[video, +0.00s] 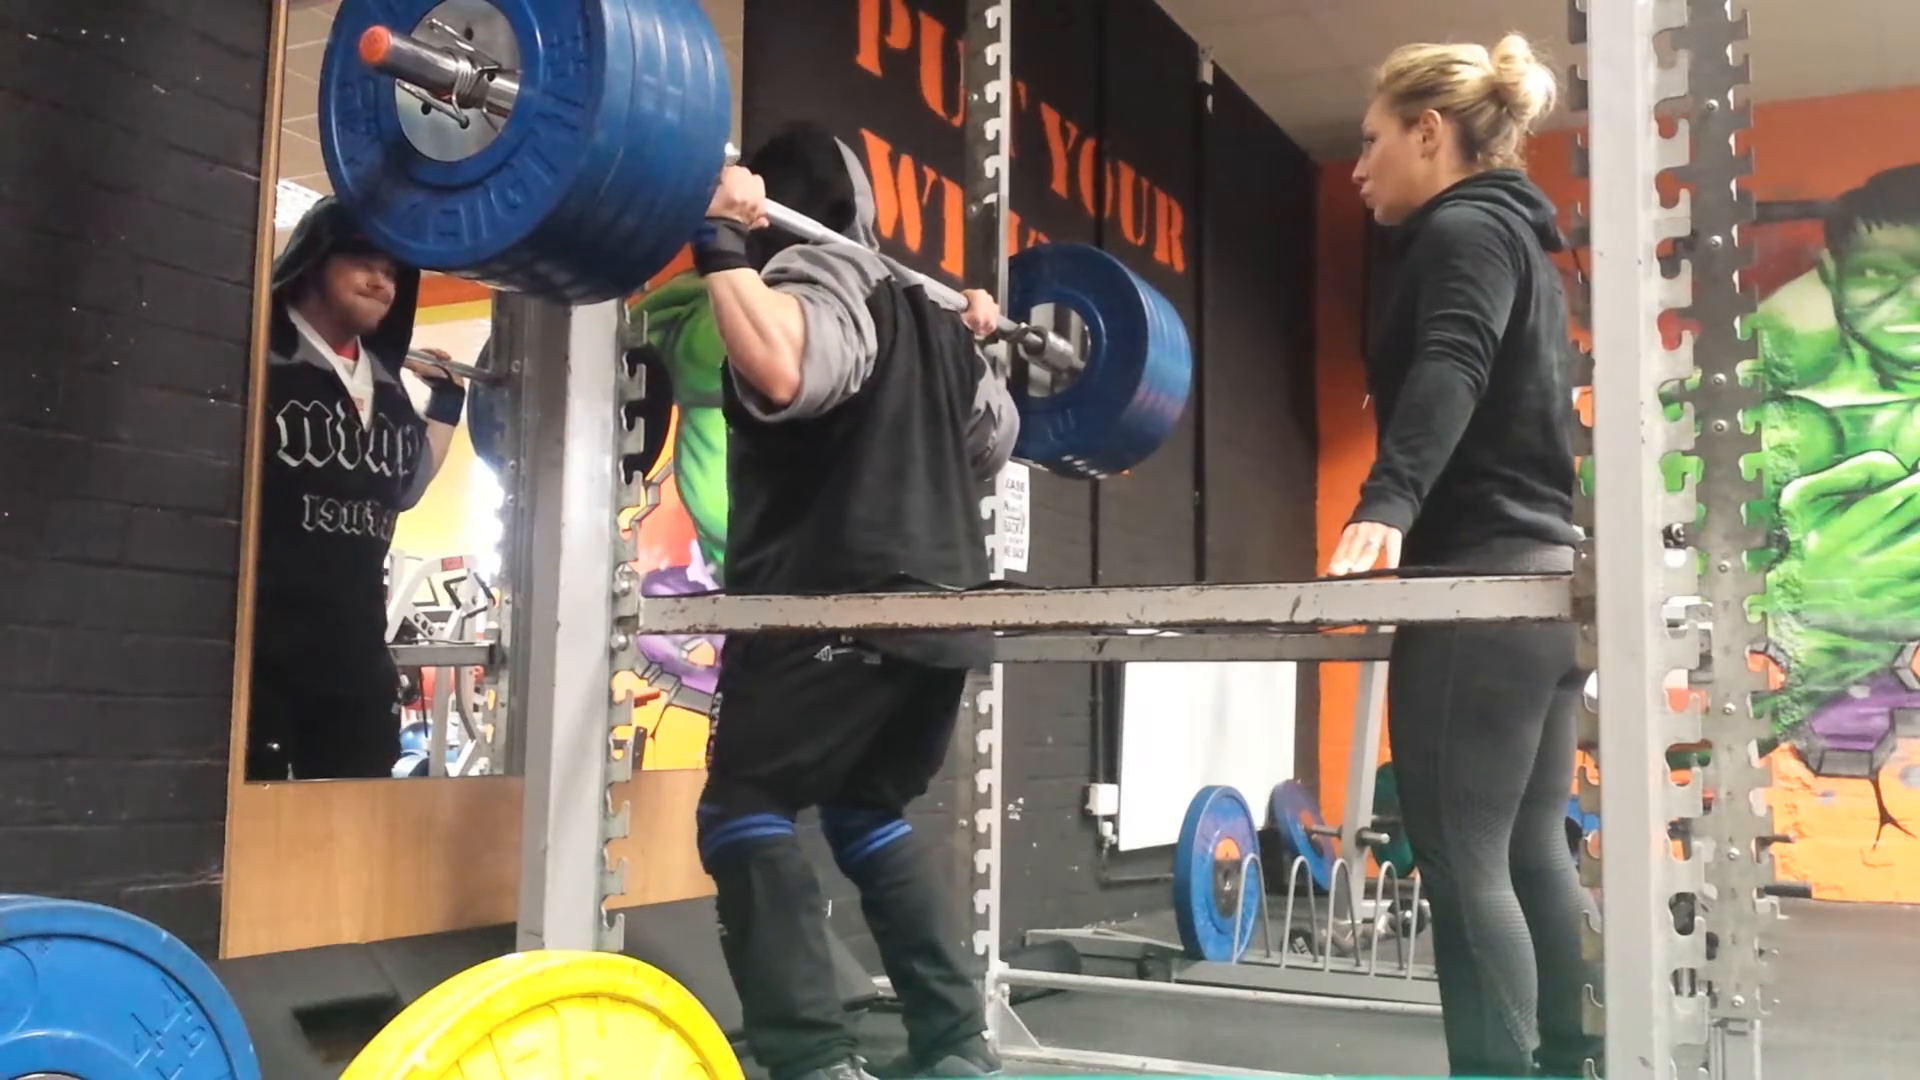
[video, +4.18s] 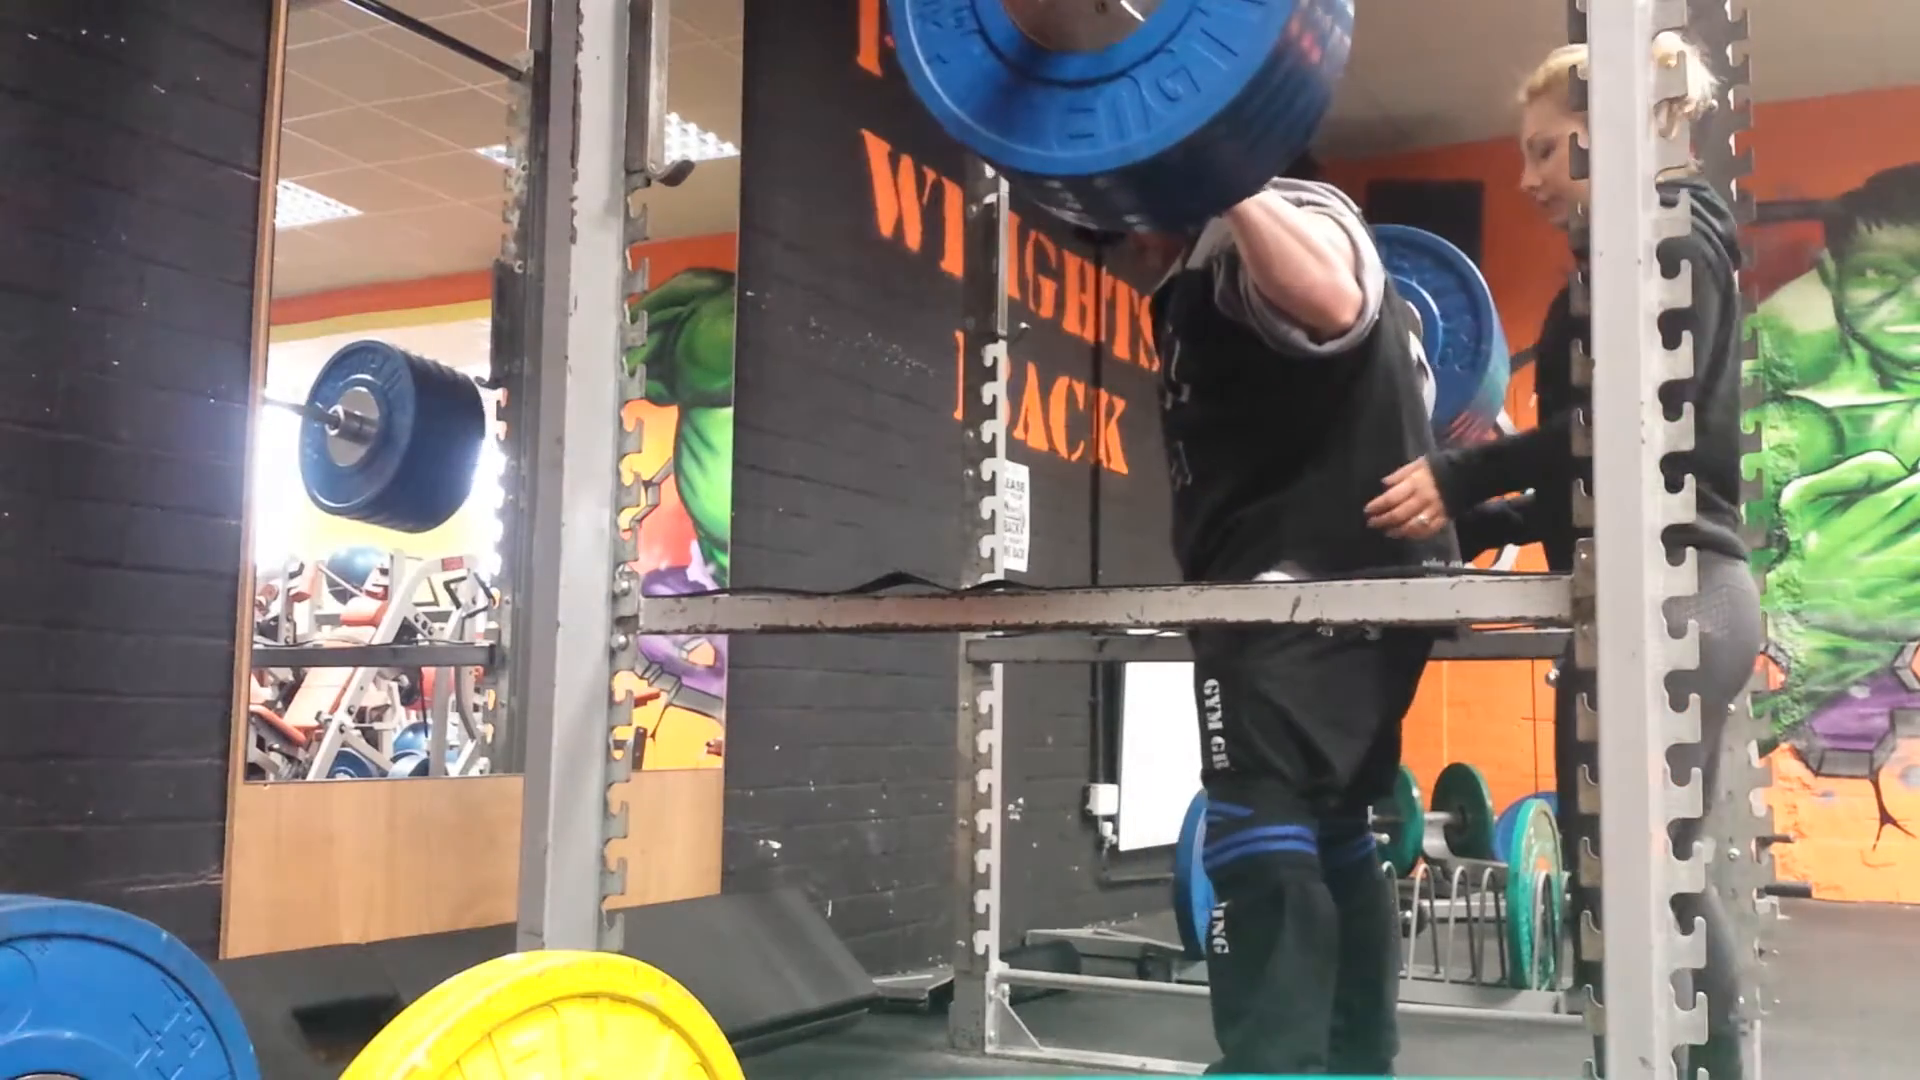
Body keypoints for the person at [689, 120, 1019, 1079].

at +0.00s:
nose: (751, 222)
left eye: (758, 205)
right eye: (750, 202)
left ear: (781, 207)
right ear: (859, 205)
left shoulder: (809, 275)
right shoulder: (928, 303)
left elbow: (783, 370)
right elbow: (991, 445)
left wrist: (719, 244)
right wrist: (983, 344)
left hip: (823, 607)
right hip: (947, 611)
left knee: (746, 807)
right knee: (867, 809)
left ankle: (803, 1050)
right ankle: (952, 1046)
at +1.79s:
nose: (851, 217)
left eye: (857, 196)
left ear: (879, 191)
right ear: (942, 182)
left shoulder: (929, 246)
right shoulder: (1026, 278)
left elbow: (948, 337)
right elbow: (1102, 405)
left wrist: (857, 226)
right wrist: (1082, 326)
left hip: (952, 578)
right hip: (1052, 576)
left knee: (911, 809)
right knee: (976, 805)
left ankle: (956, 1046)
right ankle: (970, 1030)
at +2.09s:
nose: (862, 230)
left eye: (870, 208)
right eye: (861, 215)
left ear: (909, 173)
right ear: (977, 163)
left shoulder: (964, 226)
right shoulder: (1058, 257)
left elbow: (993, 311)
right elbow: (1135, 390)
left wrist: (892, 195)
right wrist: (1132, 324)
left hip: (989, 569)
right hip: (1092, 565)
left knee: (946, 807)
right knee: (1012, 791)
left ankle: (960, 1060)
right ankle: (1074, 1027)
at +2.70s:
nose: (976, 228)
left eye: (980, 205)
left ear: (1010, 186)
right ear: (1090, 165)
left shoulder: (1088, 229)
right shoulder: (1165, 244)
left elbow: (1141, 316)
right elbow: (1255, 368)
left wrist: (1050, 224)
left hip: (1113, 560)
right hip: (1219, 559)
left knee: (1020, 777)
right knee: (1156, 801)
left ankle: (1075, 1055)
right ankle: (1179, 1061)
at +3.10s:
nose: (1015, 241)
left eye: (1019, 219)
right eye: (1005, 227)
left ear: (1061, 193)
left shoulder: (1181, 221)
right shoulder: (1101, 271)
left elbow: (1217, 306)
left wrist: (1110, 186)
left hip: (1219, 572)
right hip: (1164, 575)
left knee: (1163, 826)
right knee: (1167, 826)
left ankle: (1220, 1068)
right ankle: (1187, 1061)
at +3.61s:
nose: (1081, 247)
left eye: (1078, 222)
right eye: (1066, 234)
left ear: (1116, 181)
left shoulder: (1240, 208)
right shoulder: (1169, 258)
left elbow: (1282, 295)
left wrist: (1173, 161)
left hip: (1265, 578)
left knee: (1214, 819)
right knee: (1303, 823)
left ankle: (1237, 1065)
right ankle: (1347, 1064)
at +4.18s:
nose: (1108, 259)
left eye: (1111, 232)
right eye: (1095, 241)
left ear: (1161, 193)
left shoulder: (1295, 212)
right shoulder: (1213, 262)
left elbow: (1329, 300)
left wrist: (1225, 179)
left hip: (1315, 588)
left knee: (1259, 829)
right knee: (1333, 833)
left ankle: (1266, 1064)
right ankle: (1351, 1064)